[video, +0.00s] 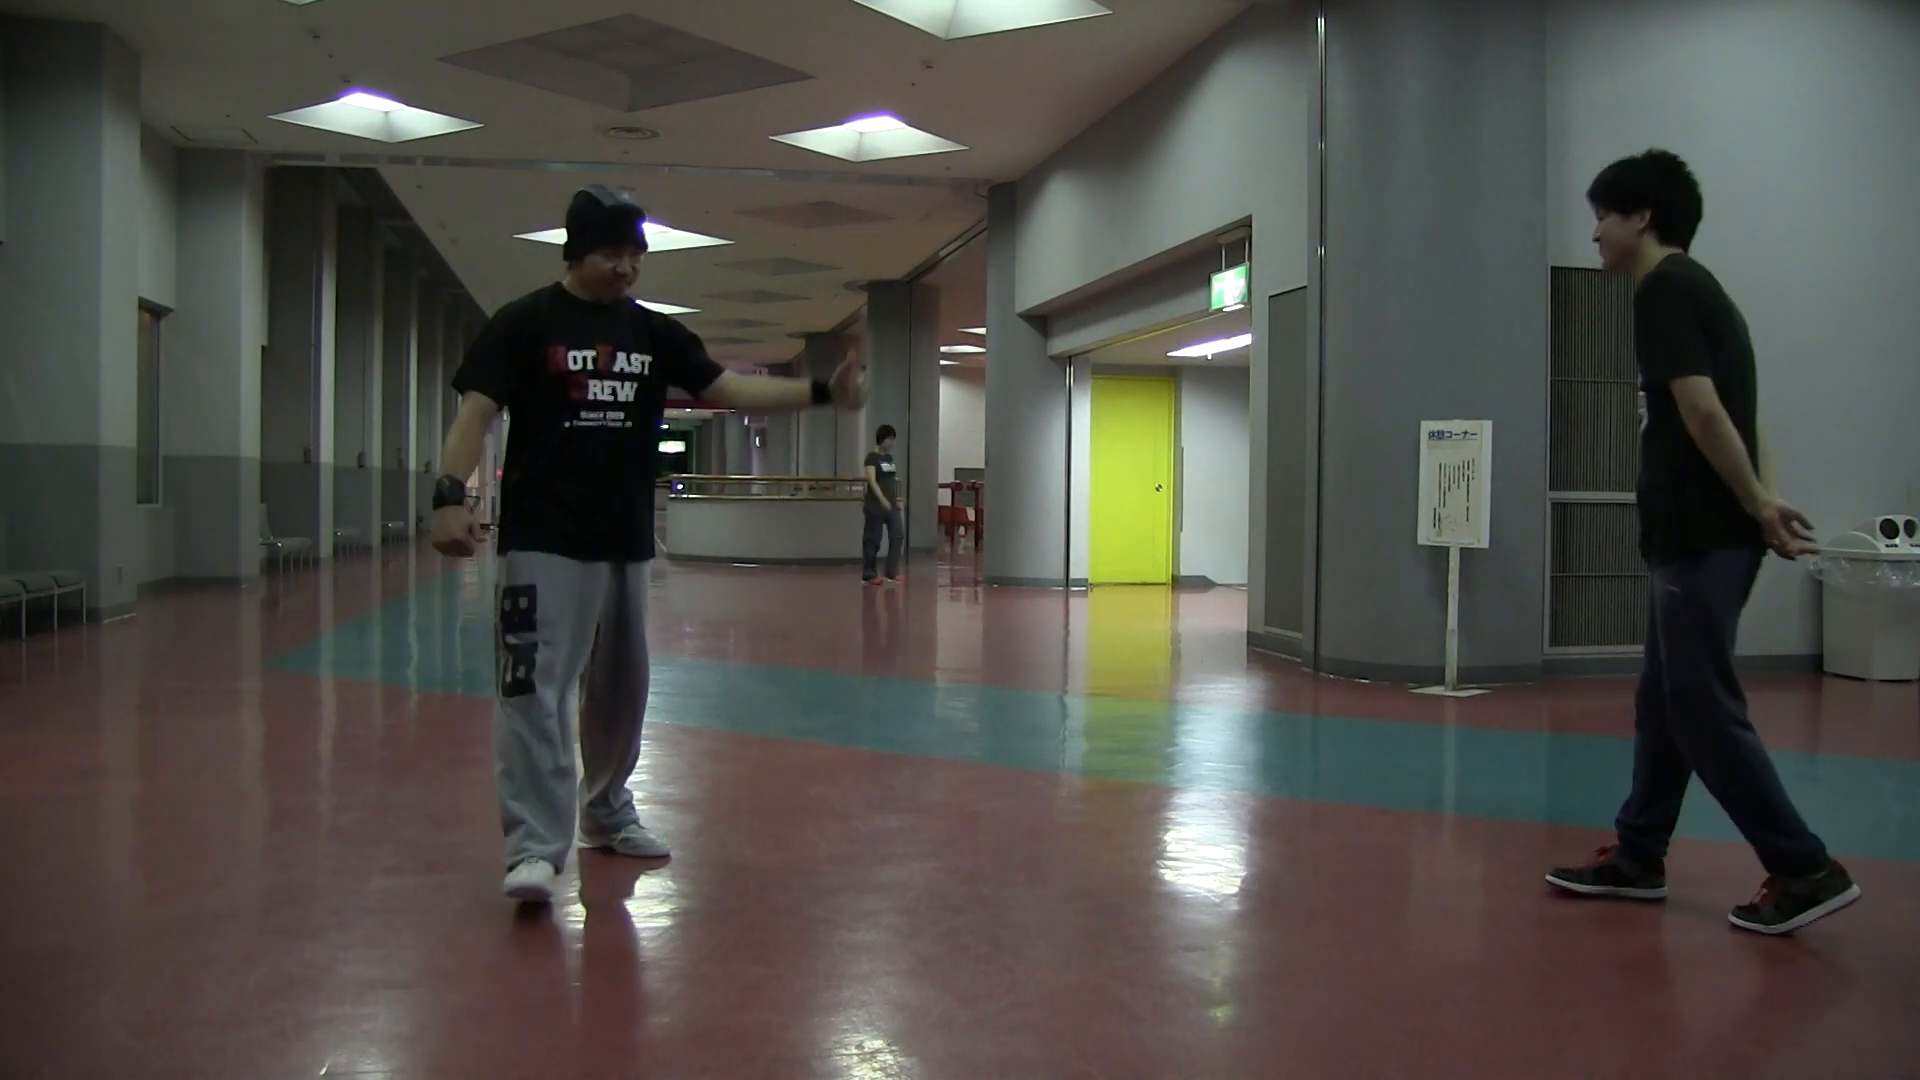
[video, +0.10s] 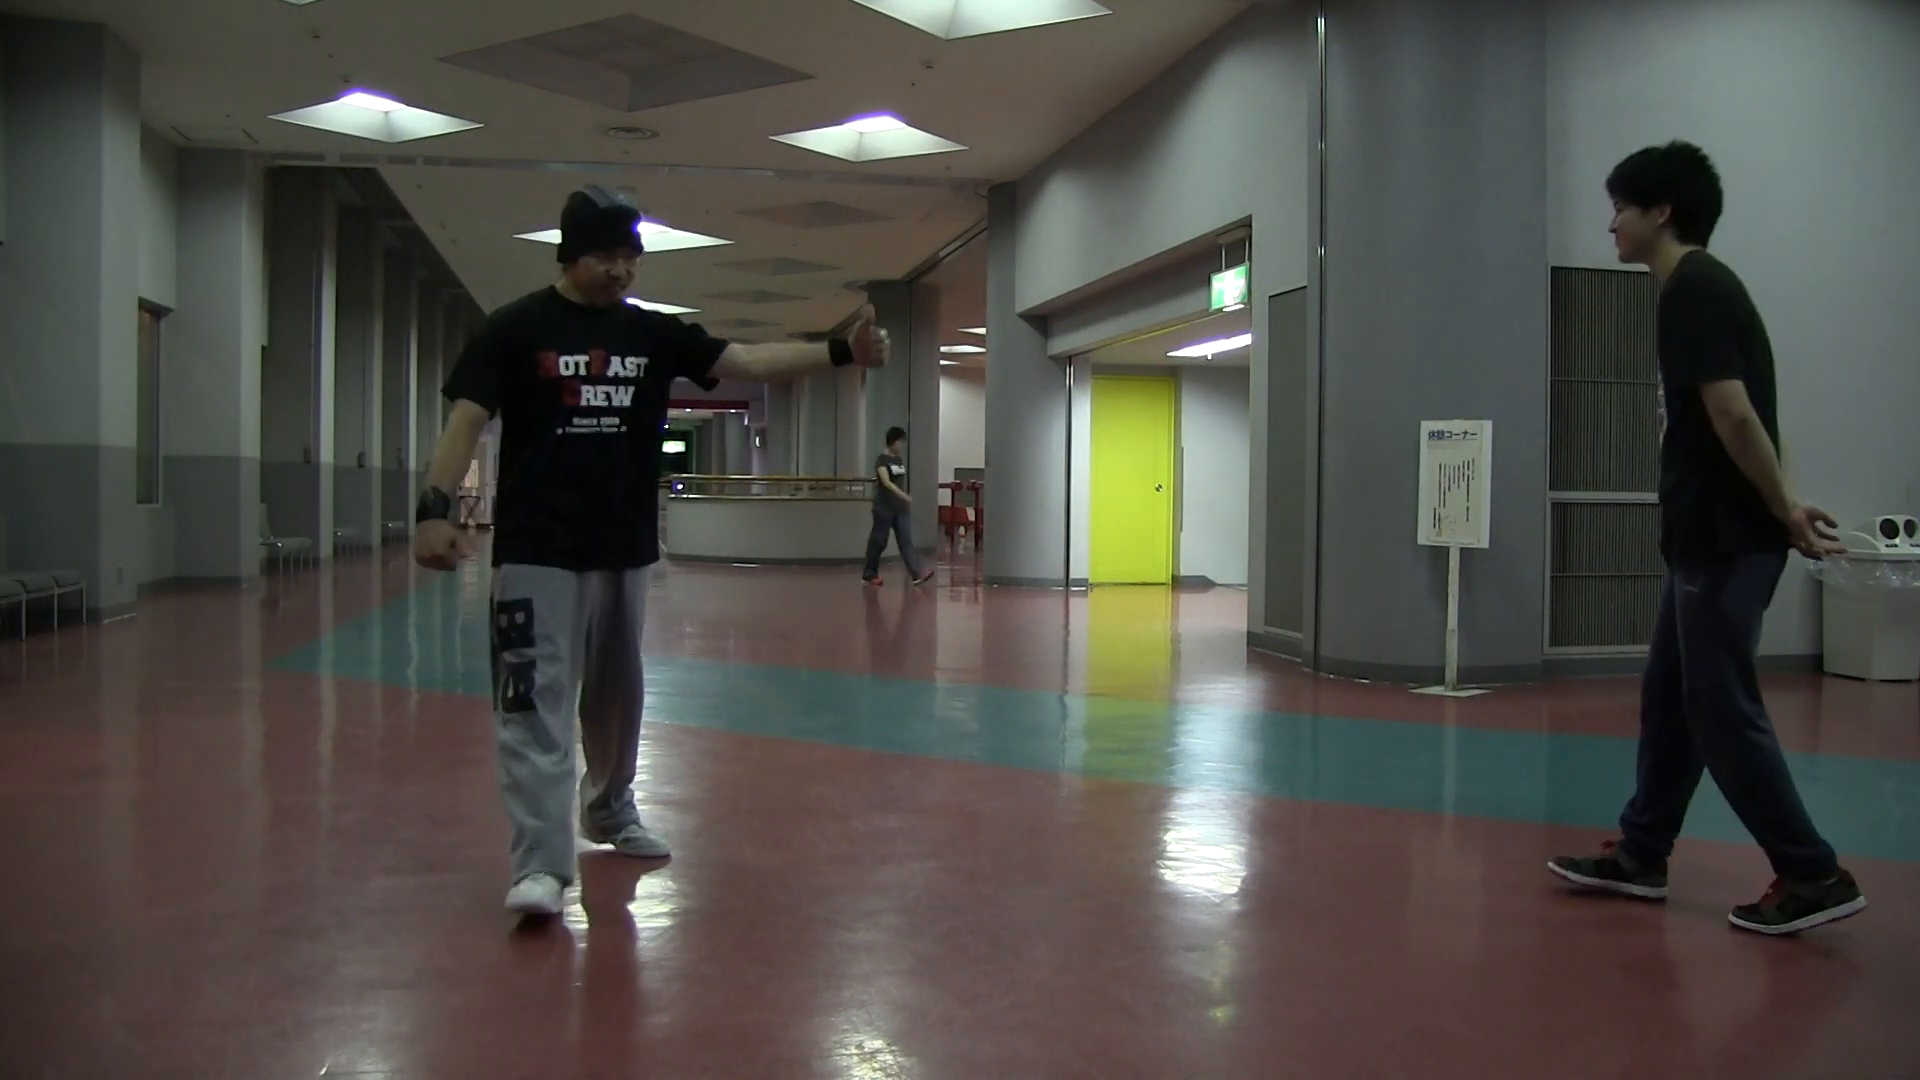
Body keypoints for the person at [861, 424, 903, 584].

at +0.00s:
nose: (892, 443)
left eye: (893, 440)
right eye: (890, 439)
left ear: (890, 440)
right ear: (882, 440)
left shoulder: (889, 458)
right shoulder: (872, 458)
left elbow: (891, 482)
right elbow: (871, 481)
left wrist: (897, 499)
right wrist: (883, 500)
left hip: (891, 503)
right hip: (875, 503)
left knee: (897, 536)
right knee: (872, 538)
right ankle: (869, 573)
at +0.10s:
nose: (902, 445)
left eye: (902, 442)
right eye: (900, 442)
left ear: (897, 443)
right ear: (892, 442)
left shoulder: (899, 460)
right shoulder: (882, 460)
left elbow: (898, 482)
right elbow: (885, 482)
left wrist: (903, 499)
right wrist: (904, 496)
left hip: (899, 505)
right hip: (884, 506)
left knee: (905, 541)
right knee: (878, 541)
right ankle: (870, 574)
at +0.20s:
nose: (913, 446)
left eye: (913, 443)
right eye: (911, 443)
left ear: (908, 443)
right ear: (904, 443)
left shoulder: (909, 461)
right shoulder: (893, 461)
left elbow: (908, 483)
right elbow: (897, 482)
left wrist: (911, 499)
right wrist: (914, 493)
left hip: (910, 506)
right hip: (895, 507)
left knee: (916, 540)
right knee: (889, 541)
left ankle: (922, 576)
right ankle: (872, 571)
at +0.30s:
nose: (924, 445)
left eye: (925, 442)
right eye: (922, 442)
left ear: (919, 443)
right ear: (914, 442)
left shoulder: (920, 461)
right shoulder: (904, 460)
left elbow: (920, 484)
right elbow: (906, 484)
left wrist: (924, 500)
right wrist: (923, 500)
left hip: (922, 505)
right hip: (907, 506)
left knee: (925, 540)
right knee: (907, 541)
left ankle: (924, 576)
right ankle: (883, 567)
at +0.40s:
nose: (933, 444)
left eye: (934, 440)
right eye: (931, 440)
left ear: (931, 441)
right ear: (924, 440)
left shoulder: (930, 459)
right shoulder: (913, 457)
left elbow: (933, 483)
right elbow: (913, 482)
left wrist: (934, 501)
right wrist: (920, 504)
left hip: (931, 504)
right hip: (918, 504)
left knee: (930, 540)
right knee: (925, 539)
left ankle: (925, 576)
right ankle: (903, 566)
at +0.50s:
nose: (944, 443)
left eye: (945, 440)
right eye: (942, 439)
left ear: (938, 440)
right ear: (934, 439)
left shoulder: (939, 459)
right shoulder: (922, 458)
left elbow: (945, 484)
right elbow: (917, 483)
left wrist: (954, 503)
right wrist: (915, 505)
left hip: (938, 503)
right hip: (927, 504)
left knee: (931, 539)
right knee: (938, 537)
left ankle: (924, 575)